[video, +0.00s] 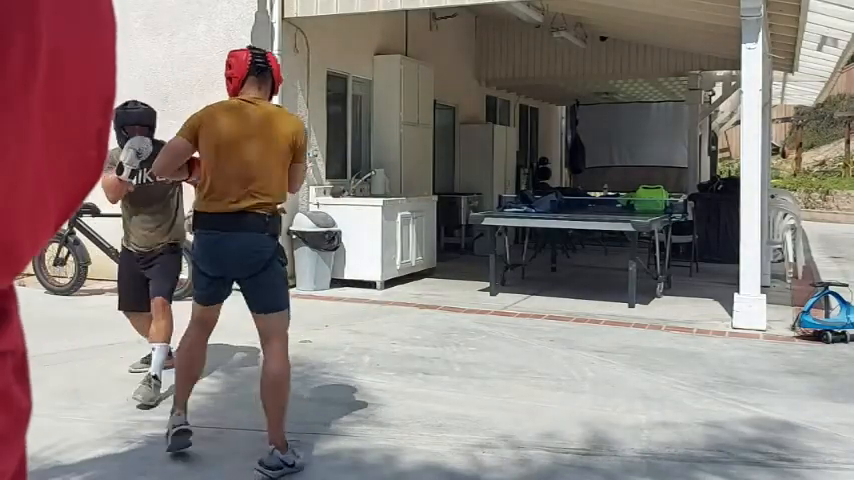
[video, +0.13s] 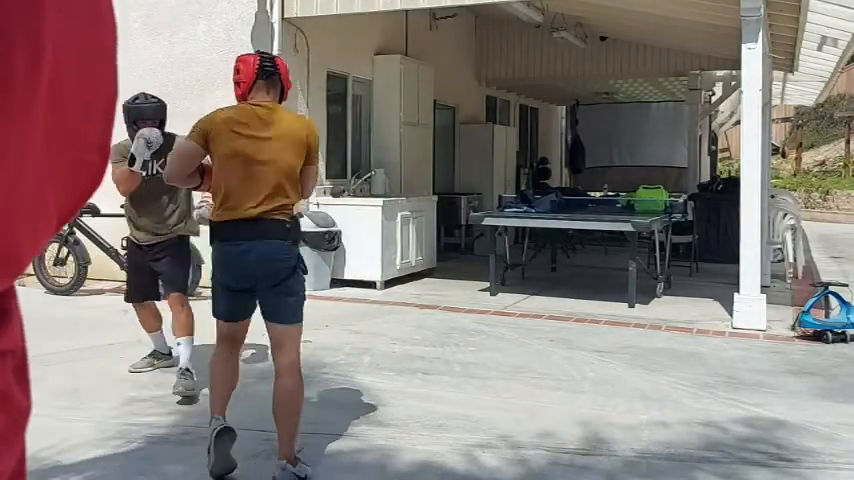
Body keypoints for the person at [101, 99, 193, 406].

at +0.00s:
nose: (137, 136)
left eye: (143, 129)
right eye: (130, 130)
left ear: (152, 130)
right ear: (120, 132)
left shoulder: (169, 153)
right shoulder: (115, 157)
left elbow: (202, 176)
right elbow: (112, 196)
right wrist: (127, 168)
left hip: (165, 246)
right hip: (132, 248)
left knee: (159, 302)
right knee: (133, 308)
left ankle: (155, 377)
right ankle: (163, 351)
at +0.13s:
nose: (148, 130)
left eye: (154, 123)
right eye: (141, 124)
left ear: (162, 122)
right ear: (130, 124)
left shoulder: (179, 146)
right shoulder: (121, 151)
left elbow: (206, 177)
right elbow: (123, 187)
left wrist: (182, 174)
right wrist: (141, 160)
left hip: (173, 238)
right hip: (139, 241)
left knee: (176, 298)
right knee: (140, 300)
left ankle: (185, 367)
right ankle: (162, 351)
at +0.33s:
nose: (172, 132)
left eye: (178, 126)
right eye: (166, 126)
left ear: (186, 127)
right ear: (153, 127)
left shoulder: (199, 156)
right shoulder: (139, 154)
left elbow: (220, 188)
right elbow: (132, 195)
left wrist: (213, 199)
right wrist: (149, 168)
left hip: (188, 246)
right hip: (151, 247)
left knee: (204, 303)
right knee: (143, 303)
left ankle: (221, 369)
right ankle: (162, 352)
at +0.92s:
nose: (181, 149)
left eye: (188, 144)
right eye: (175, 143)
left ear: (199, 143)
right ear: (164, 143)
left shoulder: (210, 166)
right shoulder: (153, 166)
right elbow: (147, 207)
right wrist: (163, 179)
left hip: (204, 251)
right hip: (164, 250)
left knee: (214, 309)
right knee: (142, 311)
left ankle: (222, 370)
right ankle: (165, 348)